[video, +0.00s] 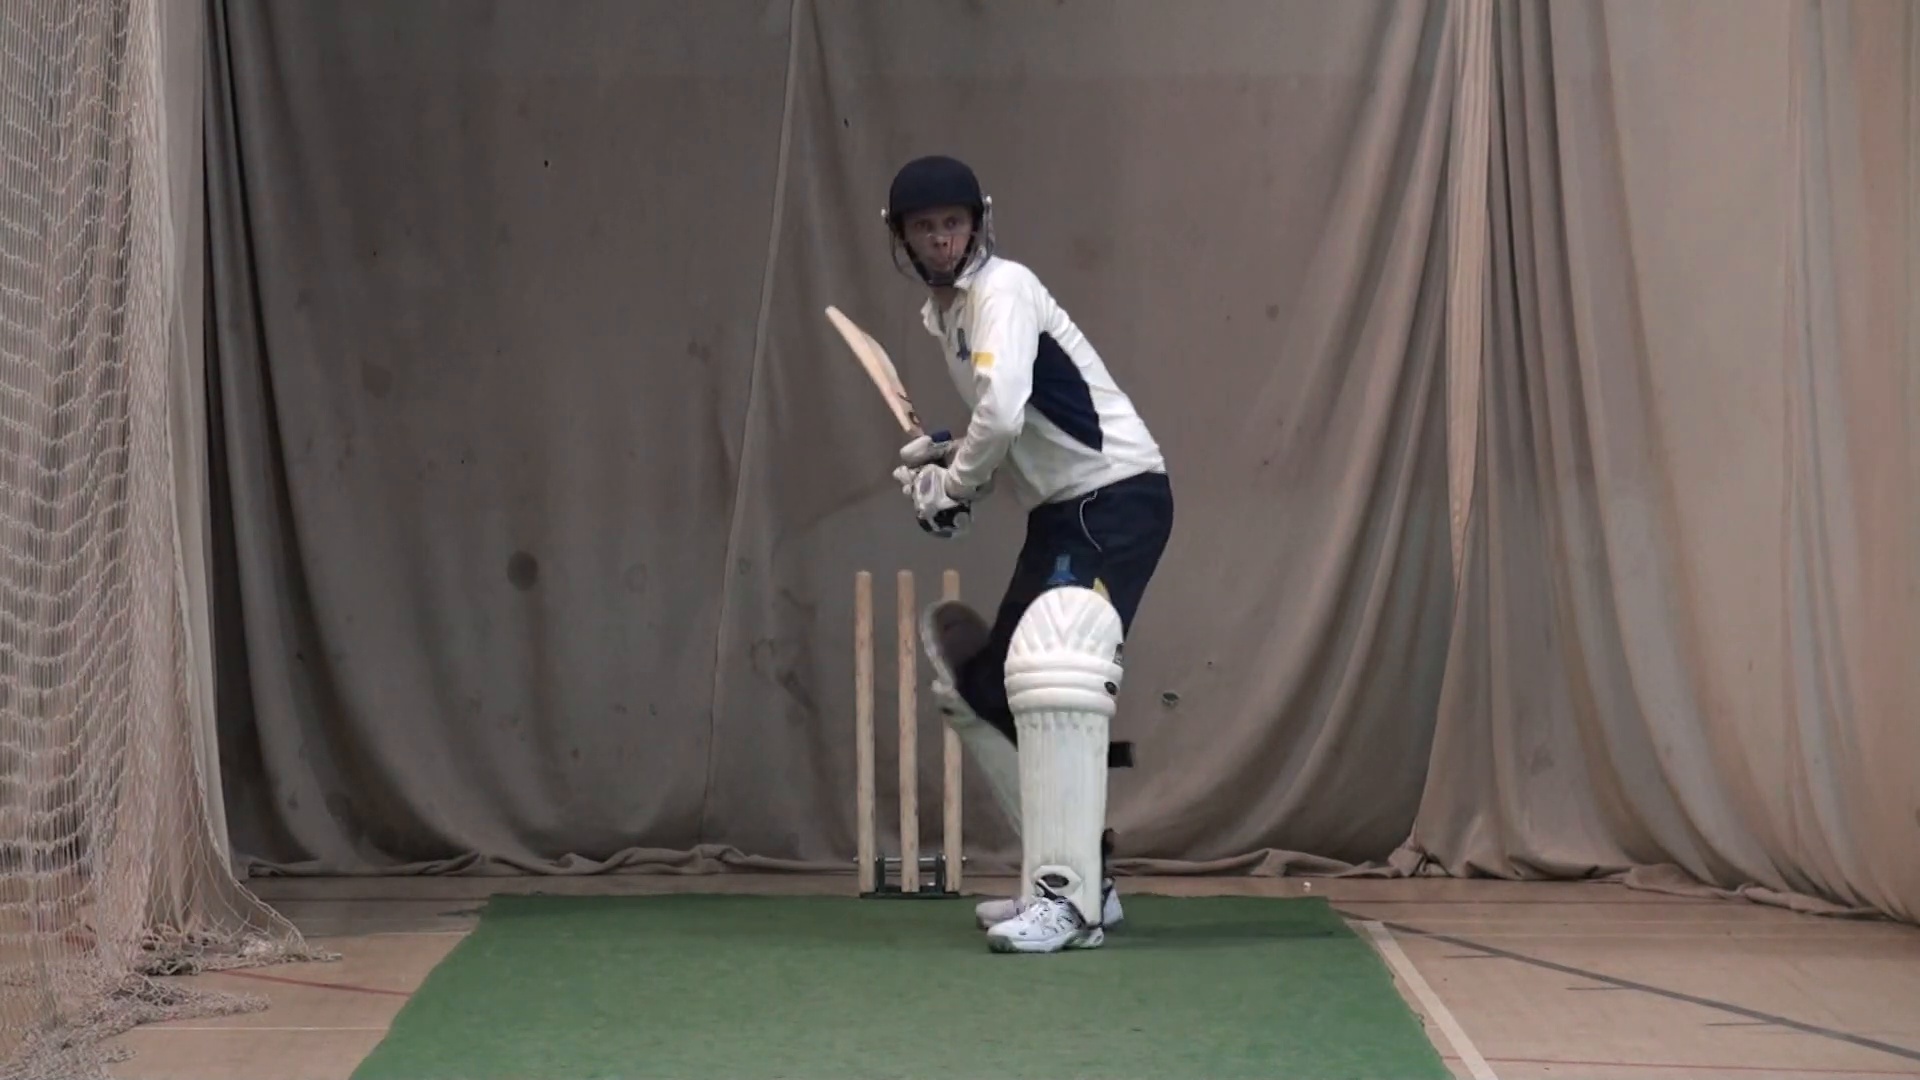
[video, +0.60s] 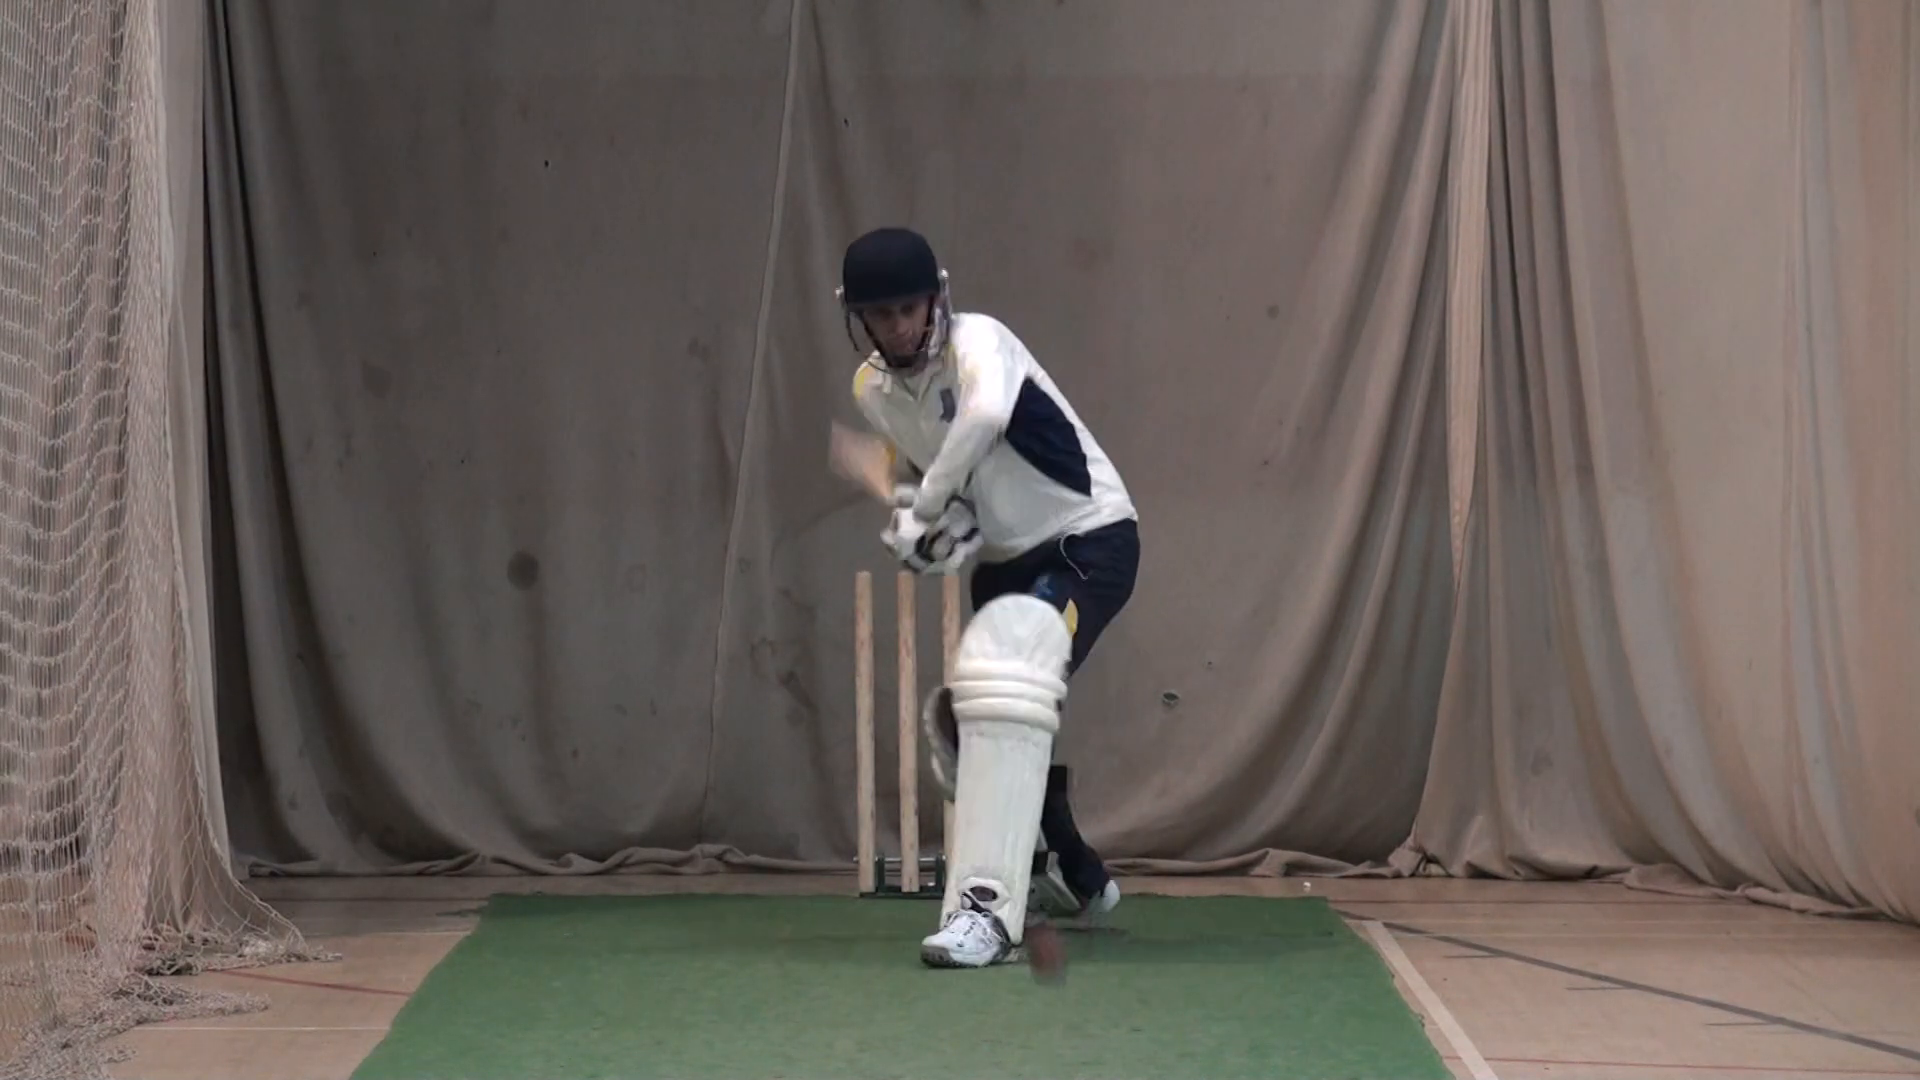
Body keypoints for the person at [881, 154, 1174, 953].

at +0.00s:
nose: (941, 242)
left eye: (954, 225)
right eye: (924, 229)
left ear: (978, 226)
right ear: (903, 239)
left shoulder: (1002, 289)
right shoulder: (951, 312)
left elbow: (1001, 411)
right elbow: (1011, 413)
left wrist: (954, 489)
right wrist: (950, 446)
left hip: (1115, 494)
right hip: (1060, 506)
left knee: (1055, 674)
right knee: (991, 687)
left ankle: (1067, 896)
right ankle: (1079, 878)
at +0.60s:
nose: (901, 330)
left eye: (914, 310)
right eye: (883, 316)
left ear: (938, 299)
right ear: (859, 317)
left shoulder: (977, 340)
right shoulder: (874, 390)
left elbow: (984, 416)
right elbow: (927, 480)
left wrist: (923, 507)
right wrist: (937, 529)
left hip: (1085, 536)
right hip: (1001, 558)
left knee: (1008, 699)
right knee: (992, 722)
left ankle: (990, 907)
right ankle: (1077, 879)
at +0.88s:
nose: (902, 356)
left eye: (909, 338)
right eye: (882, 349)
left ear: (924, 320)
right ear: (852, 349)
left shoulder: (957, 320)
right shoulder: (861, 439)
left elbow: (1006, 345)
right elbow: (934, 508)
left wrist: (1009, 414)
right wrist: (1008, 524)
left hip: (1047, 511)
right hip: (962, 552)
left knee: (1045, 670)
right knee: (965, 723)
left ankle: (1000, 899)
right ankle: (975, 882)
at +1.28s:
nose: (899, 376)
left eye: (906, 358)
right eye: (878, 367)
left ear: (917, 341)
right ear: (840, 367)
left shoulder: (951, 336)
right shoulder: (834, 450)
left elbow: (1075, 299)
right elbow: (940, 532)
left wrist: (1106, 381)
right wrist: (1047, 492)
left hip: (1009, 539)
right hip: (916, 568)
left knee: (1009, 702)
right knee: (906, 748)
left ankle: (959, 897)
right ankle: (906, 862)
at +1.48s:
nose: (890, 390)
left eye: (903, 370)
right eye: (871, 378)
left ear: (923, 354)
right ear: (841, 371)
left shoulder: (972, 361)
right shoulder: (827, 445)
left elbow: (1099, 397)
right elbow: (916, 554)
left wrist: (1133, 501)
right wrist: (1039, 549)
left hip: (990, 564)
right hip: (899, 582)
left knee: (983, 719)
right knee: (885, 743)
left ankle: (942, 907)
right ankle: (897, 858)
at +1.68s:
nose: (906, 328)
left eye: (916, 309)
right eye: (886, 315)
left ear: (934, 294)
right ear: (852, 310)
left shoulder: (980, 325)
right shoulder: (828, 389)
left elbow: (1094, 381)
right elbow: (867, 528)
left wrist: (1118, 506)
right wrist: (980, 564)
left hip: (992, 523)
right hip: (893, 533)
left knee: (972, 713)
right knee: (854, 726)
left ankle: (946, 905)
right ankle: (880, 849)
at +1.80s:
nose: (901, 282)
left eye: (914, 262)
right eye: (881, 266)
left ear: (937, 256)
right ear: (852, 264)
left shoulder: (989, 307)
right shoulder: (824, 355)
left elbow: (1099, 374)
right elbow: (797, 489)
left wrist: (1147, 495)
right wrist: (900, 540)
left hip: (990, 518)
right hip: (884, 521)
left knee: (988, 711)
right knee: (842, 698)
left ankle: (943, 906)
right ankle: (837, 885)